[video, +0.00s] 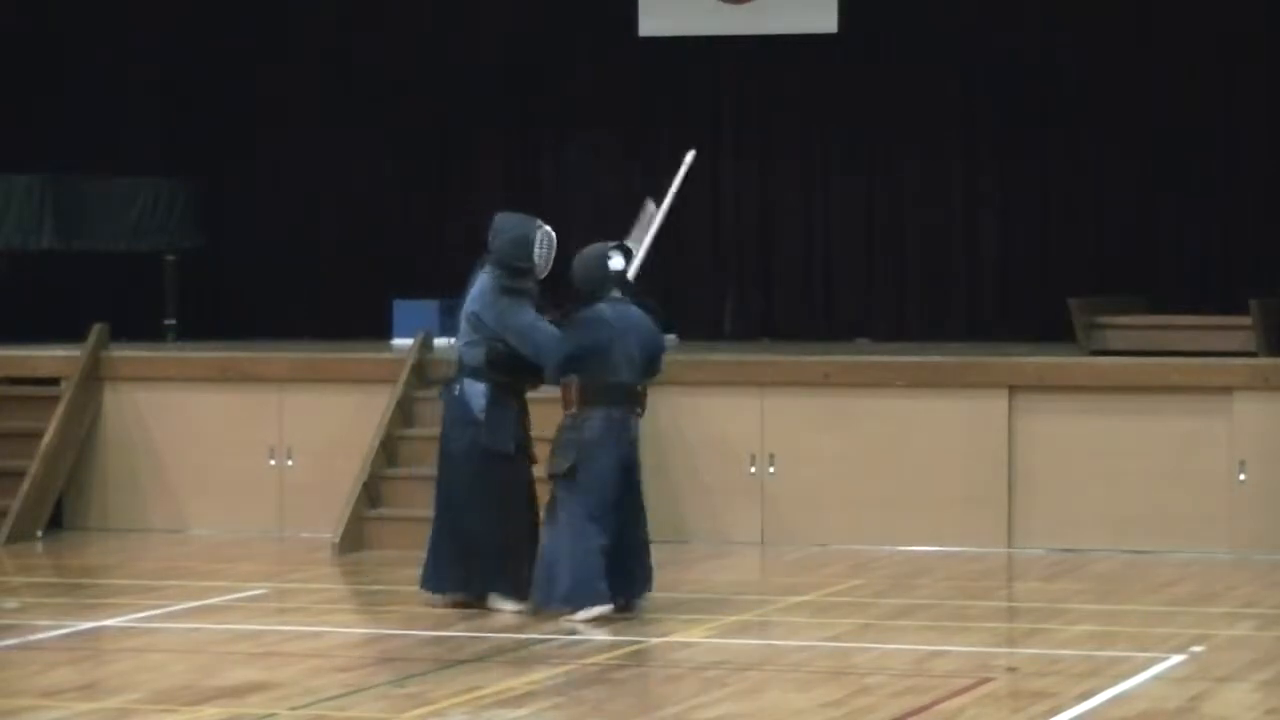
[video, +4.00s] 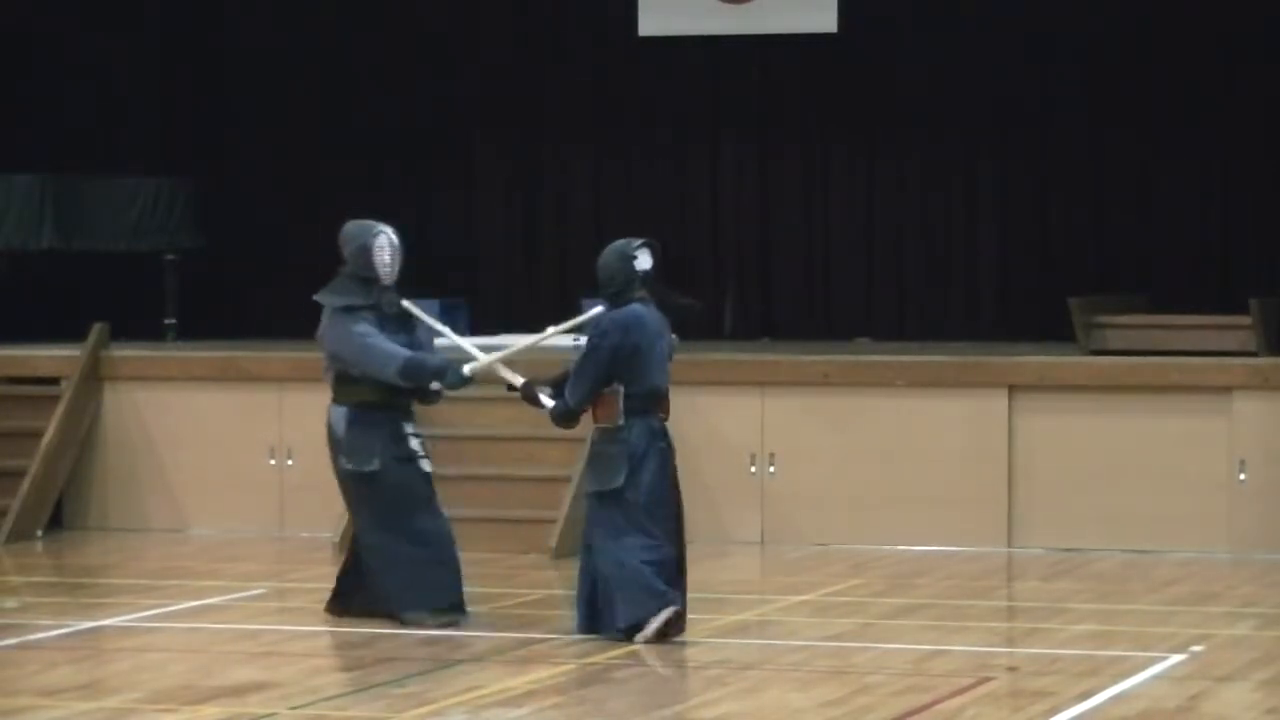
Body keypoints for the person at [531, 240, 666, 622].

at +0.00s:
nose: (576, 285)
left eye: (578, 279)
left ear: (583, 282)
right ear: (616, 278)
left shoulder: (587, 321)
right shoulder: (640, 321)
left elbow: (556, 360)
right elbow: (652, 364)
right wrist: (619, 375)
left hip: (591, 418)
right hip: (626, 418)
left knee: (577, 501)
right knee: (620, 502)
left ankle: (586, 595)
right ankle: (625, 589)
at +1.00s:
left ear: (616, 283)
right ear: (648, 283)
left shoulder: (600, 320)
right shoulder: (669, 319)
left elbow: (575, 358)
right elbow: (686, 363)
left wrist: (555, 313)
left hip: (613, 421)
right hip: (660, 422)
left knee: (616, 509)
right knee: (665, 514)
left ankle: (640, 584)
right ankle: (662, 610)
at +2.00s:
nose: (626, 276)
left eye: (629, 270)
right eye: (631, 269)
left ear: (636, 277)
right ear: (672, 278)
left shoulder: (627, 321)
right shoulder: (690, 322)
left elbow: (576, 358)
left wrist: (575, 330)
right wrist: (624, 313)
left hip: (650, 432)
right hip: (692, 430)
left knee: (643, 526)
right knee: (681, 526)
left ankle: (670, 619)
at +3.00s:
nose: (570, 287)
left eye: (573, 282)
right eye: (573, 282)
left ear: (582, 283)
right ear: (614, 282)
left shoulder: (580, 324)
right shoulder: (636, 322)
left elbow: (538, 365)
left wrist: (543, 321)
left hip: (606, 431)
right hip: (640, 429)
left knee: (612, 521)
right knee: (629, 519)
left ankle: (660, 610)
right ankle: (607, 621)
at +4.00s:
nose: (601, 284)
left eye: (604, 277)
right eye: (604, 276)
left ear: (610, 279)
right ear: (640, 277)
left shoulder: (613, 326)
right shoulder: (655, 321)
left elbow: (576, 398)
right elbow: (603, 370)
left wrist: (543, 400)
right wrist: (551, 387)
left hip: (622, 435)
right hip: (653, 430)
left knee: (608, 525)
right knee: (646, 522)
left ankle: (651, 606)